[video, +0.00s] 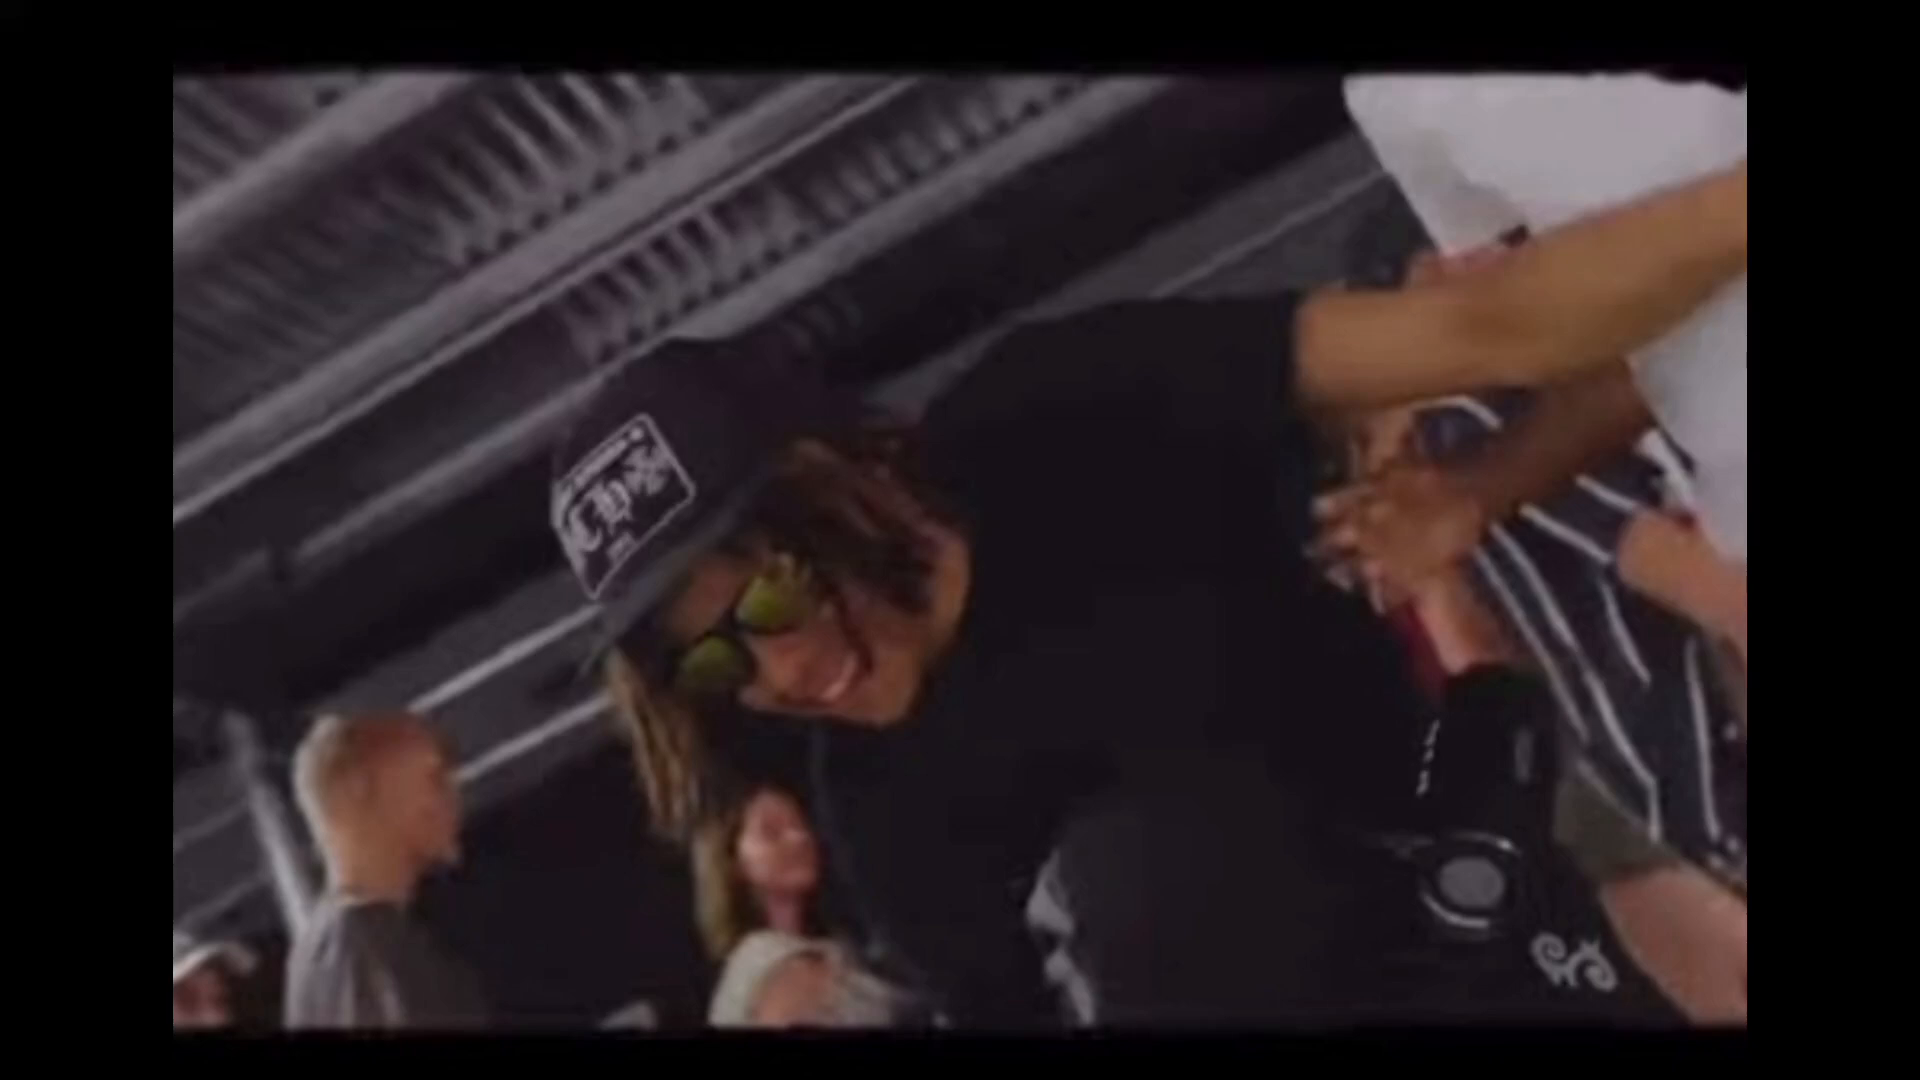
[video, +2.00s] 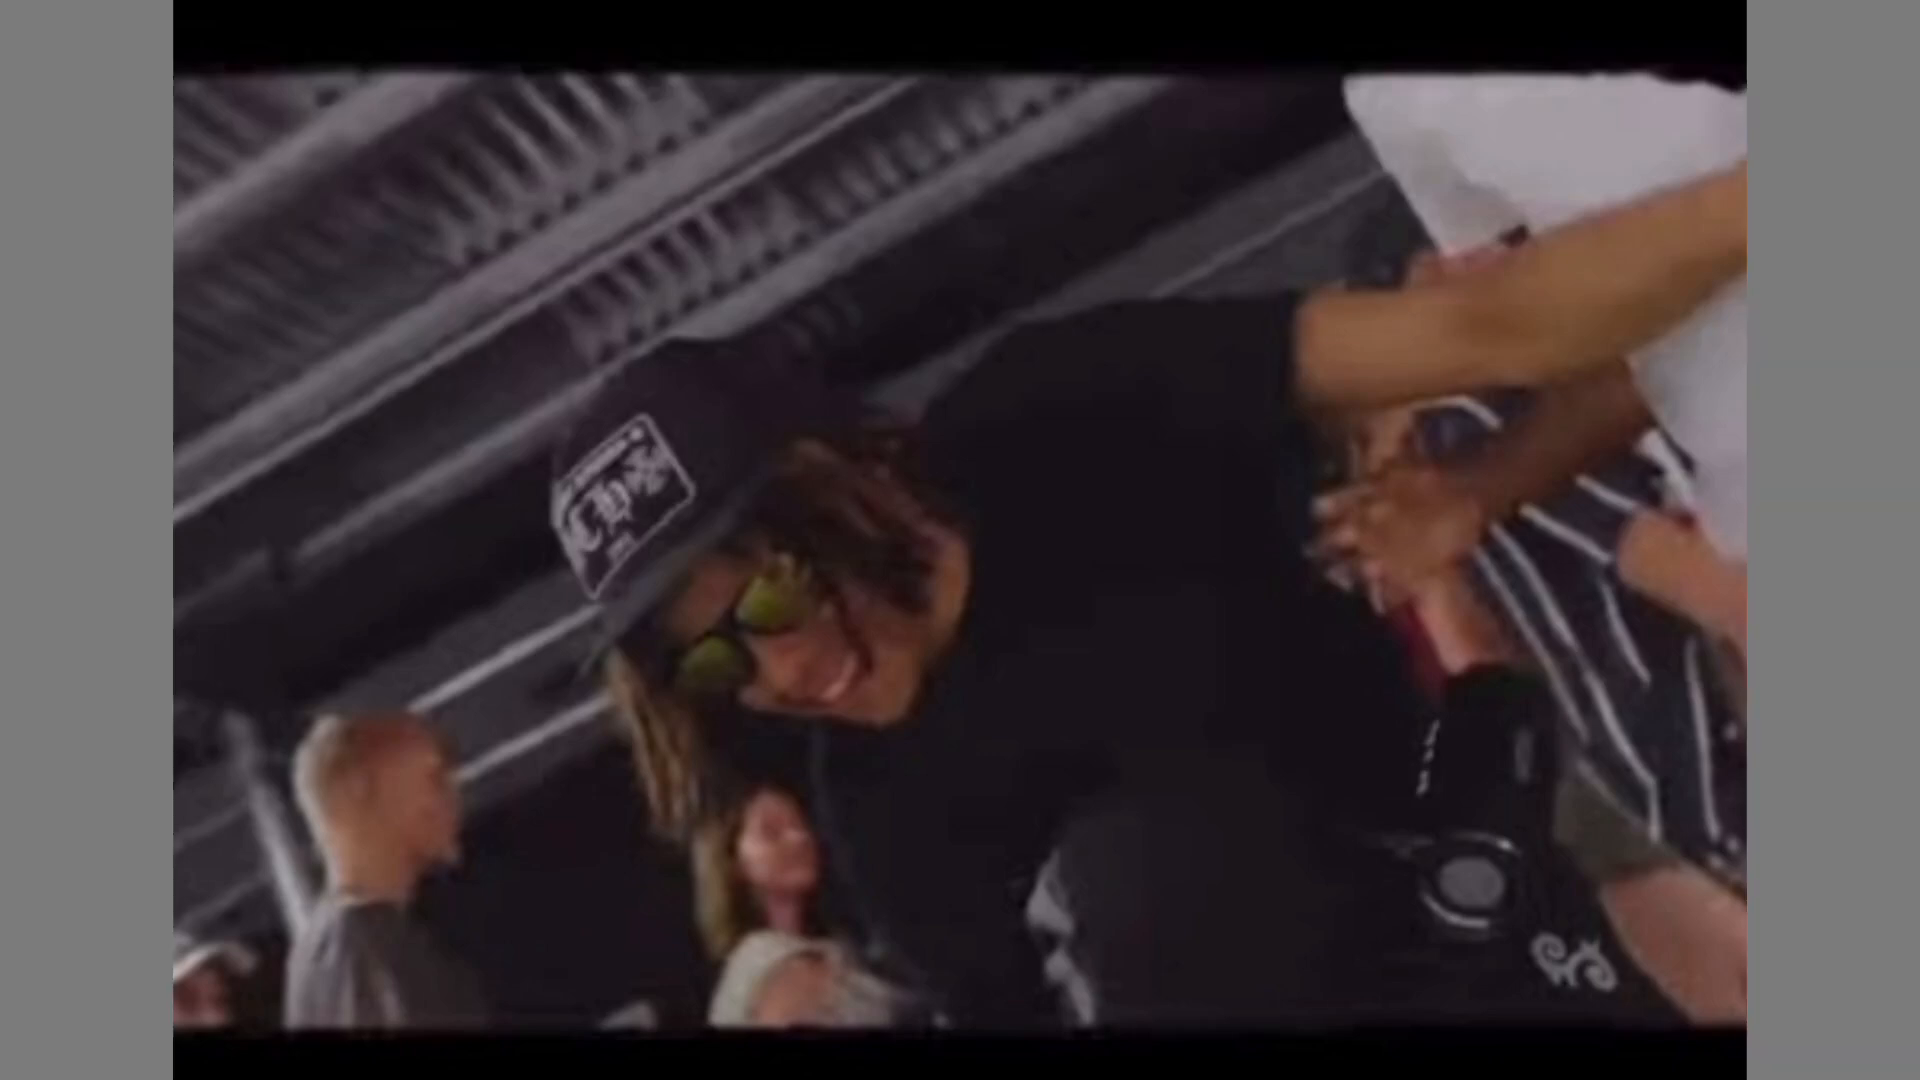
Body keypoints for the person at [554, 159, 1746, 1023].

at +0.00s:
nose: (768, 656)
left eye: (761, 582)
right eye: (708, 654)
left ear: (835, 476)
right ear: (687, 685)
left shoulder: (1052, 404)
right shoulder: (886, 847)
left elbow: (1472, 328)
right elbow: (1031, 1024)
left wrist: (1740, 208)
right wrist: (837, 995)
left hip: (1477, 844)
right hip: (1240, 973)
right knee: (1136, 862)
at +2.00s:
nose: (768, 657)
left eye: (761, 582)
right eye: (708, 654)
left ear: (835, 476)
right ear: (688, 686)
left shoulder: (1050, 404)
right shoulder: (889, 847)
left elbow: (1463, 331)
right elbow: (1040, 1023)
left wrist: (1758, 207)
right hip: (1273, 977)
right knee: (1136, 867)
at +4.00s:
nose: (768, 660)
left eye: (761, 586)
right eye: (709, 657)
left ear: (834, 478)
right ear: (687, 687)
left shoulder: (1050, 404)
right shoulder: (888, 843)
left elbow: (1469, 329)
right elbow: (1032, 1023)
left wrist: (1762, 200)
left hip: (1475, 843)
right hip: (1239, 974)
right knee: (1135, 869)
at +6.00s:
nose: (769, 657)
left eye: (760, 583)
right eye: (710, 655)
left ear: (833, 476)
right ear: (689, 686)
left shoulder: (1056, 402)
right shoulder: (887, 843)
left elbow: (1468, 328)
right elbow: (1029, 1023)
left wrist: (1779, 193)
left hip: (1475, 837)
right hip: (1246, 969)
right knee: (1138, 859)